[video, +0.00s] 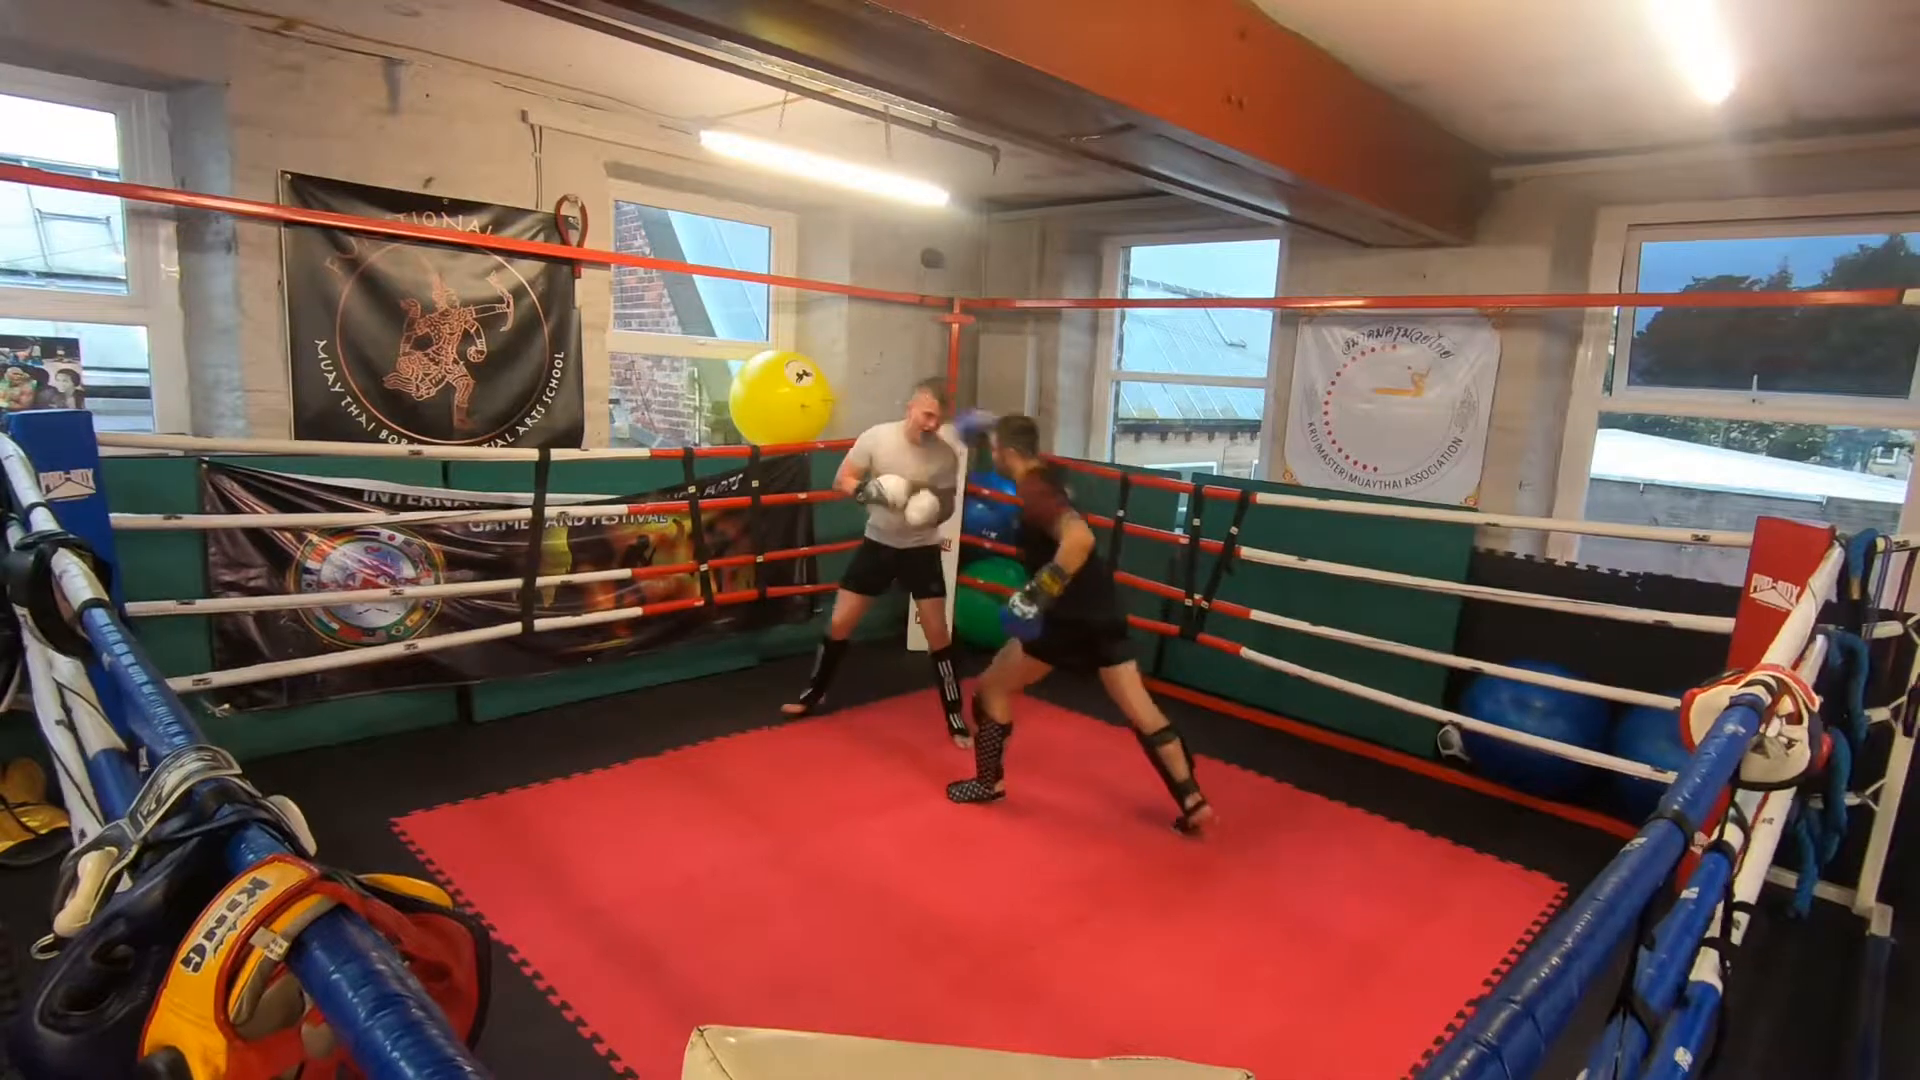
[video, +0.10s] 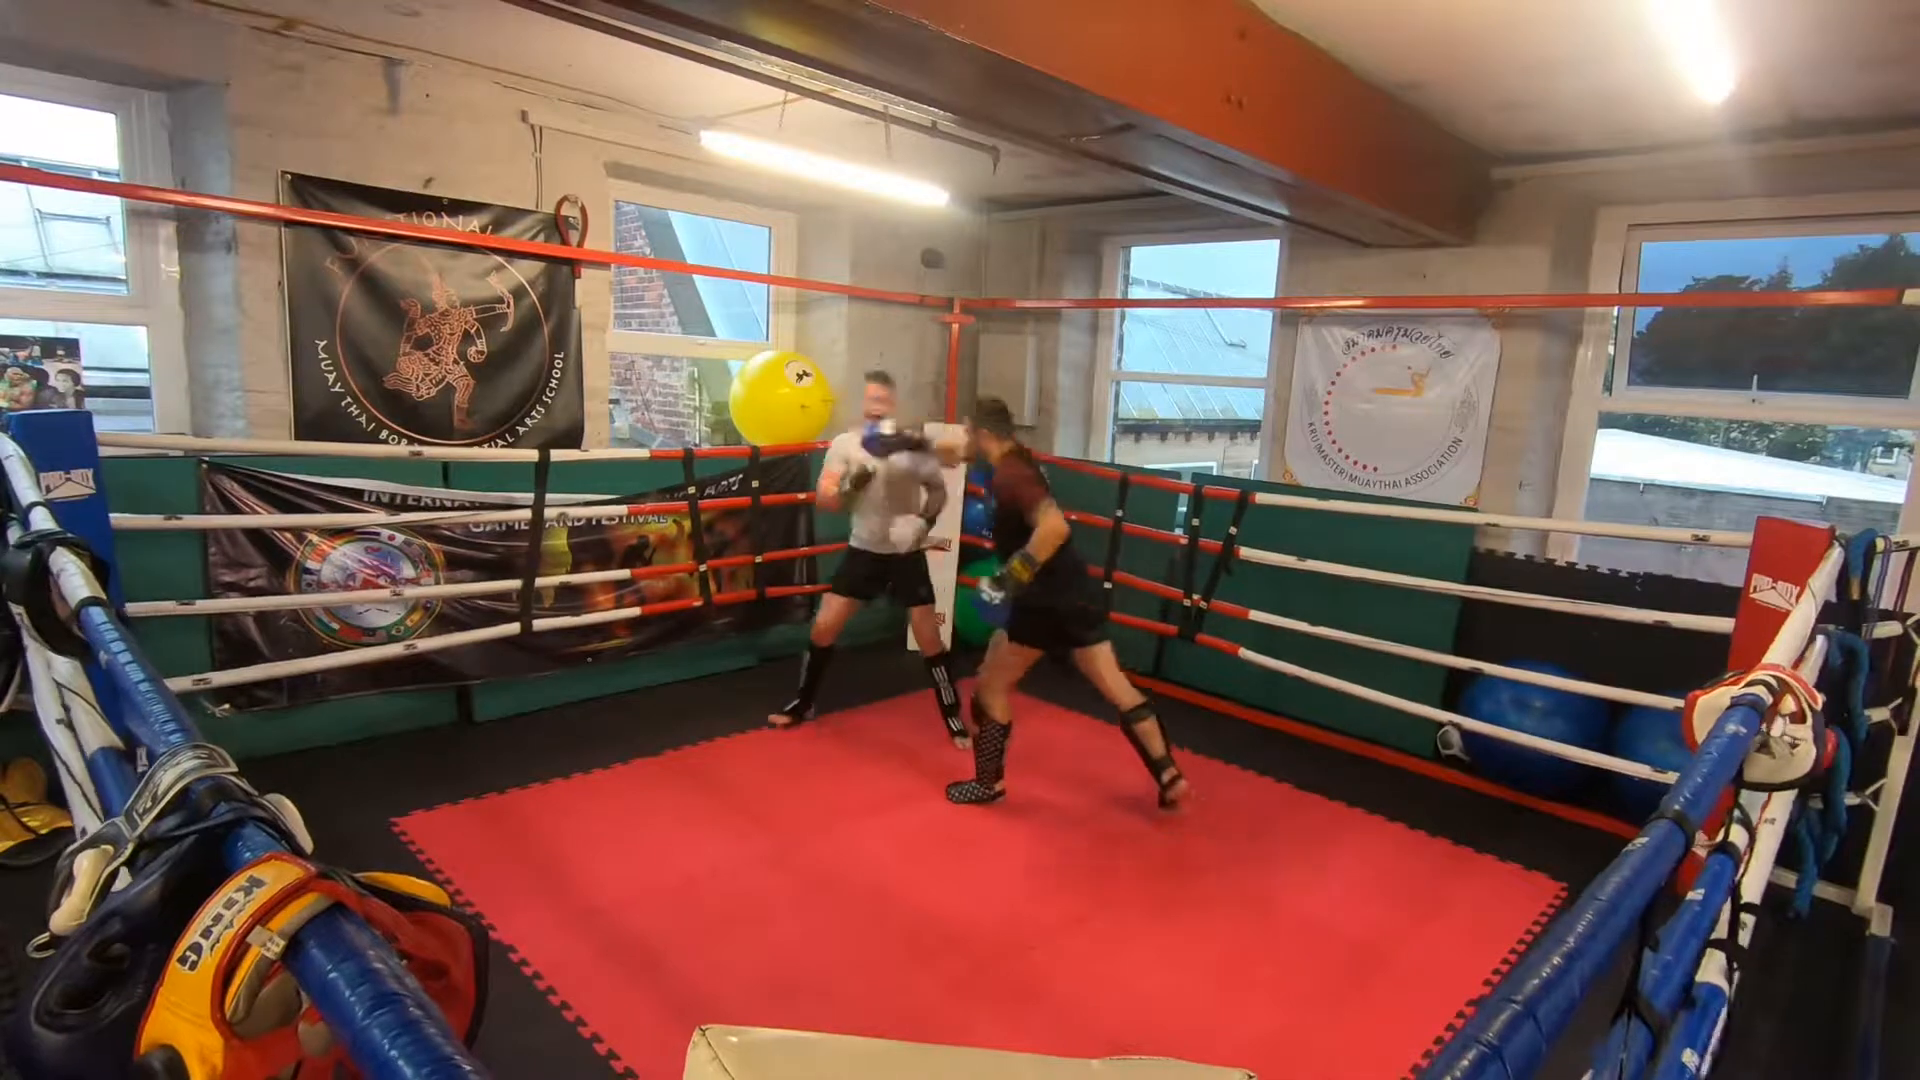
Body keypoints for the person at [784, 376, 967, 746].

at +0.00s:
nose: (930, 424)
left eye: (936, 418)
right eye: (925, 415)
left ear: (941, 418)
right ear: (909, 408)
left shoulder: (945, 455)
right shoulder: (876, 438)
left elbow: (948, 506)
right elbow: (842, 480)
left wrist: (932, 510)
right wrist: (867, 490)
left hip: (921, 550)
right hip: (876, 546)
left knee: (937, 632)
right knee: (841, 621)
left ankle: (955, 718)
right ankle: (813, 695)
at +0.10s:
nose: (876, 408)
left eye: (883, 401)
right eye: (870, 400)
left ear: (895, 404)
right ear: (862, 403)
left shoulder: (913, 446)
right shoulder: (844, 445)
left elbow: (938, 489)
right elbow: (825, 501)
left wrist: (925, 522)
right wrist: (853, 484)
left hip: (907, 555)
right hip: (862, 552)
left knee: (929, 638)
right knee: (824, 626)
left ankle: (954, 721)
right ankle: (801, 706)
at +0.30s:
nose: (807, 377)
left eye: (812, 370)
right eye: (800, 371)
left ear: (820, 375)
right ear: (787, 377)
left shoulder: (843, 413)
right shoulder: (775, 421)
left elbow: (881, 451)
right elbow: (772, 479)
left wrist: (908, 484)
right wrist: (806, 465)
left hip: (847, 525)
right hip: (803, 529)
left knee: (870, 608)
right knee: (796, 616)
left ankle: (901, 693)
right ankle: (798, 704)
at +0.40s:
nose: (790, 367)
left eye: (794, 360)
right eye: (782, 360)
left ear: (802, 364)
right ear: (768, 365)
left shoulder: (822, 401)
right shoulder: (751, 410)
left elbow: (856, 440)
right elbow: (746, 468)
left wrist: (877, 475)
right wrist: (773, 454)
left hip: (819, 510)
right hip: (773, 513)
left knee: (833, 596)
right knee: (766, 598)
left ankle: (851, 682)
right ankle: (768, 686)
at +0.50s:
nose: (769, 377)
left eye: (774, 371)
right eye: (761, 371)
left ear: (780, 374)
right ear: (746, 374)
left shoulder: (799, 411)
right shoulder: (729, 418)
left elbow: (827, 450)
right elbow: (721, 474)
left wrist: (837, 473)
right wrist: (748, 460)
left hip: (796, 517)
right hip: (753, 520)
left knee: (803, 603)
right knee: (733, 604)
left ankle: (812, 686)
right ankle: (716, 670)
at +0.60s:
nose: (753, 395)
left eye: (758, 389)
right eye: (746, 389)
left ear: (762, 394)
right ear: (729, 393)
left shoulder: (779, 433)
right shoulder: (712, 436)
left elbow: (801, 479)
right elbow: (698, 489)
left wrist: (807, 517)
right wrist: (726, 480)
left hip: (772, 539)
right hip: (727, 539)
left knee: (781, 616)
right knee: (712, 615)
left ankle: (795, 697)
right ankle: (698, 677)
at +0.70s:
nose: (745, 389)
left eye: (750, 383)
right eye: (738, 382)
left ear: (755, 386)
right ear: (721, 385)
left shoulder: (769, 425)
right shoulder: (704, 427)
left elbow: (789, 472)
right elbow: (691, 481)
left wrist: (786, 517)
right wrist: (721, 477)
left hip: (760, 528)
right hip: (717, 528)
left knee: (767, 609)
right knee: (708, 609)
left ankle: (782, 688)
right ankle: (700, 674)